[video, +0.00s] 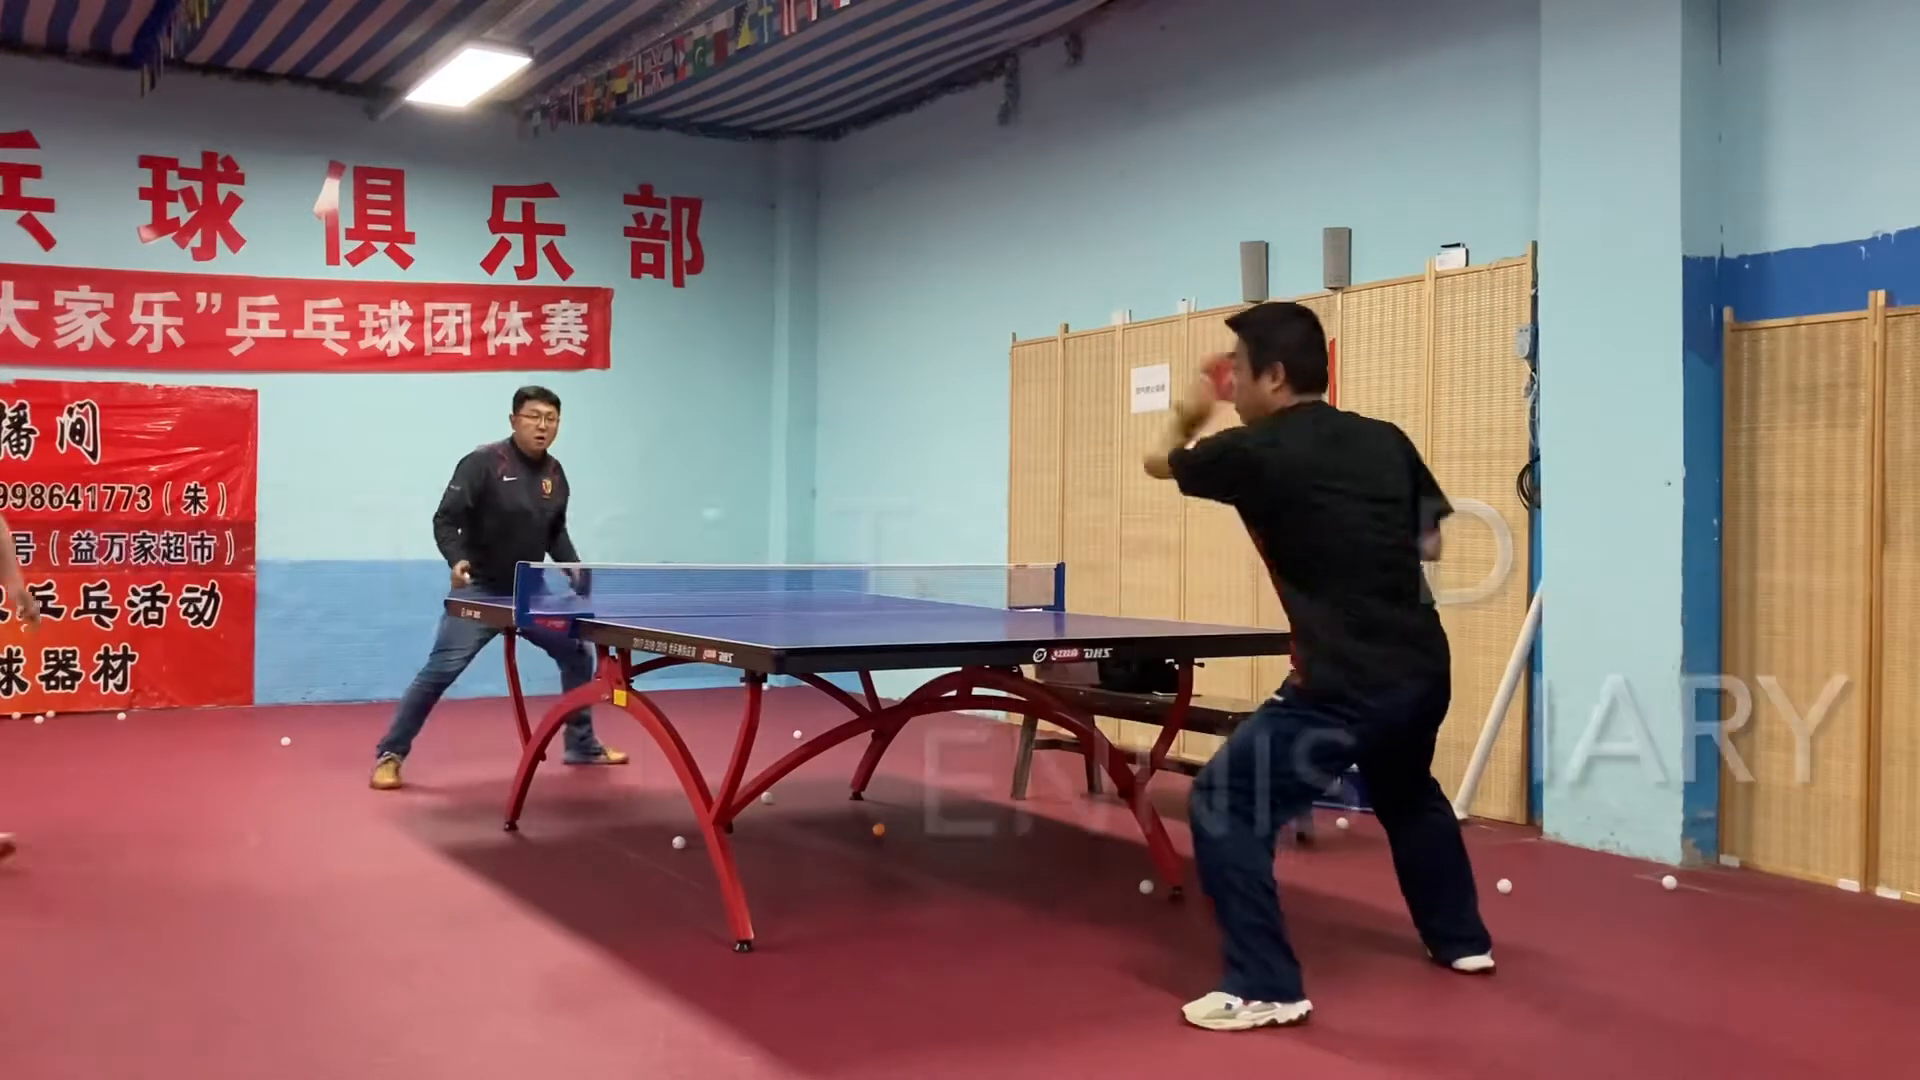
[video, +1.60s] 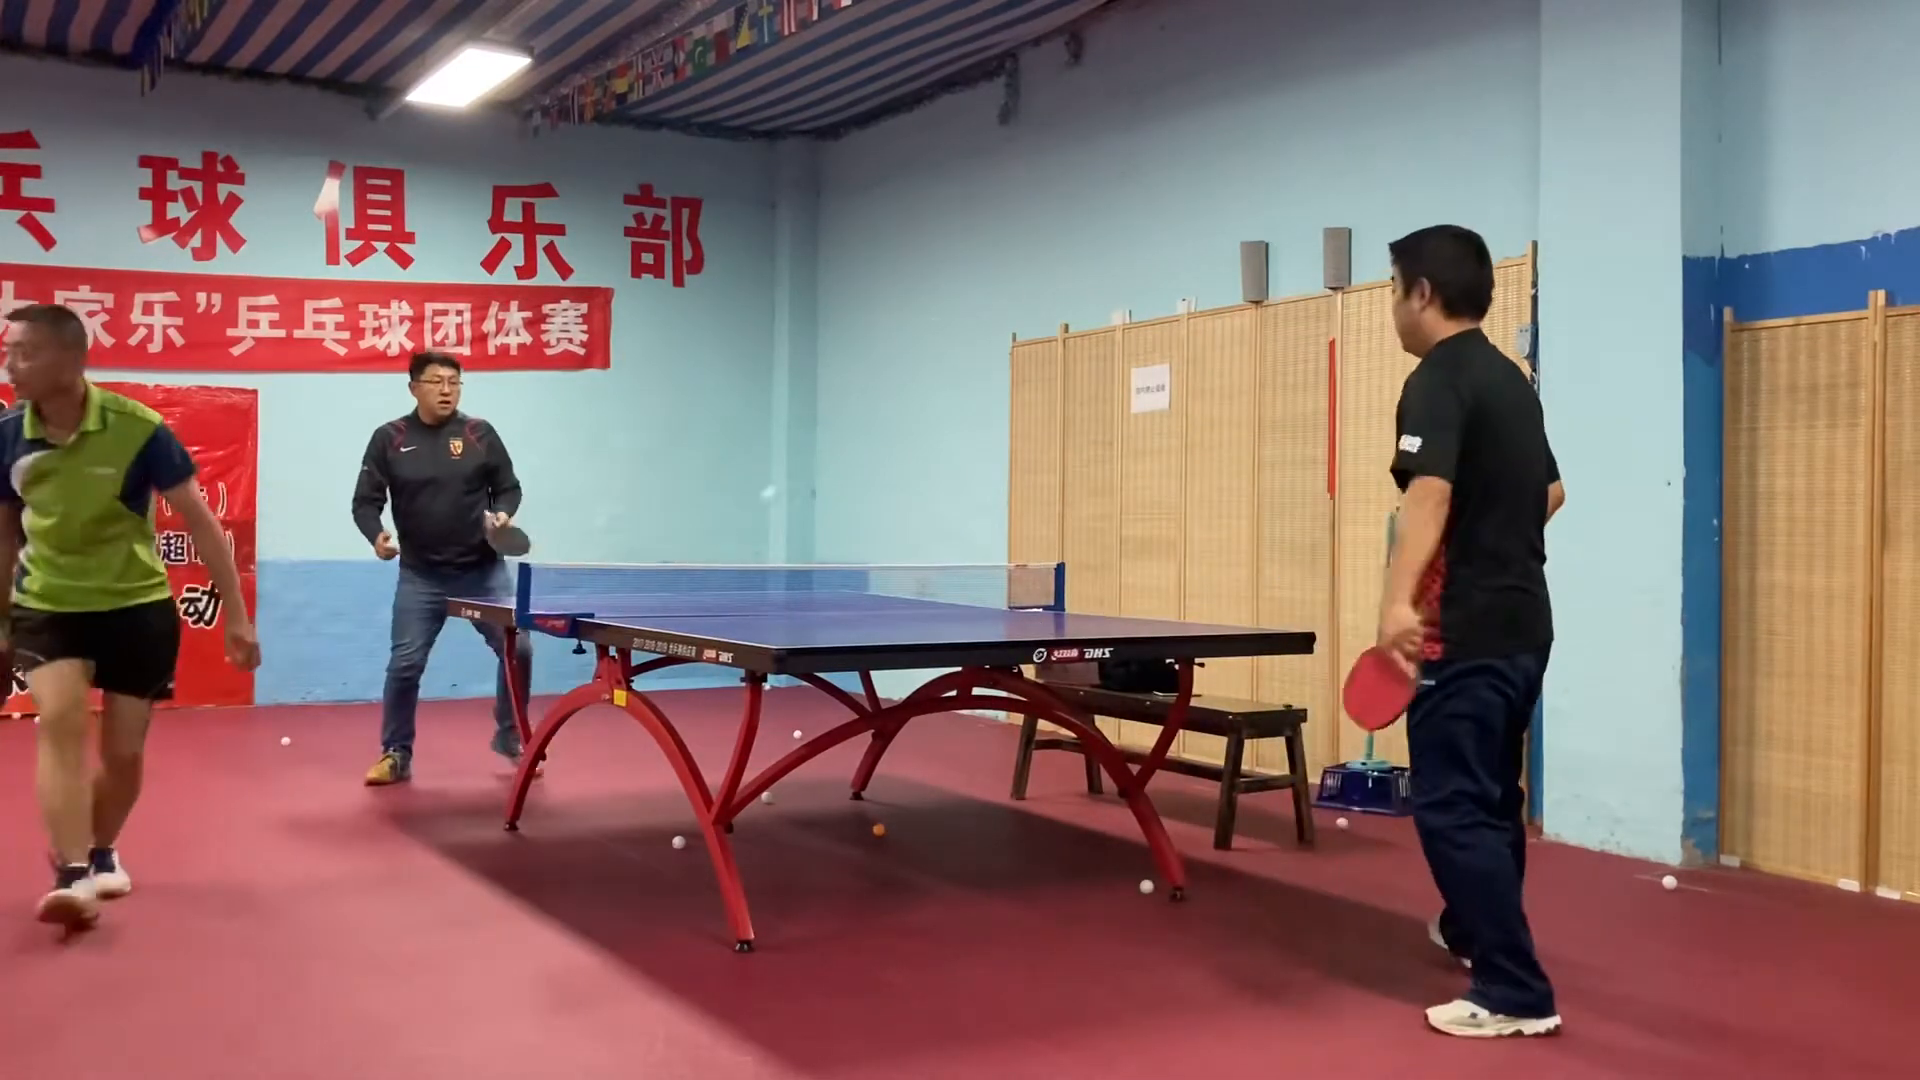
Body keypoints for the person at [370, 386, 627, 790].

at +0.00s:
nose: (543, 426)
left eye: (551, 419)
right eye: (534, 417)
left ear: (558, 427)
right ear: (514, 420)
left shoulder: (554, 473)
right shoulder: (481, 463)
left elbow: (555, 531)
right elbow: (446, 520)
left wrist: (575, 568)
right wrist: (456, 560)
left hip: (529, 591)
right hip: (479, 592)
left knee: (577, 654)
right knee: (440, 670)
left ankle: (582, 747)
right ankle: (390, 756)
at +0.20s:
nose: (549, 423)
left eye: (557, 415)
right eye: (540, 414)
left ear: (566, 420)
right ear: (523, 414)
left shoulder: (573, 464)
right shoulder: (487, 452)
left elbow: (573, 526)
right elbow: (450, 508)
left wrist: (527, 552)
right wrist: (433, 555)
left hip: (531, 573)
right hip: (478, 571)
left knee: (568, 649)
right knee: (445, 652)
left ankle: (580, 744)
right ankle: (398, 748)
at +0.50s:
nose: (495, 421)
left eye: (503, 414)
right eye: (486, 413)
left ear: (512, 418)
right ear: (468, 414)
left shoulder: (524, 460)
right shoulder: (439, 453)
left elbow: (524, 518)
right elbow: (405, 506)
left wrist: (493, 542)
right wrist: (371, 551)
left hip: (504, 578)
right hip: (450, 575)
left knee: (545, 656)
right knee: (424, 658)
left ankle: (578, 743)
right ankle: (399, 752)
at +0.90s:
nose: (507, 412)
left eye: (513, 404)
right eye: (497, 404)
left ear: (520, 409)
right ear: (475, 407)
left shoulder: (534, 456)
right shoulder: (446, 453)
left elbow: (554, 514)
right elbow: (424, 515)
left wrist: (547, 568)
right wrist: (416, 565)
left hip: (521, 579)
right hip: (465, 578)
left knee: (548, 658)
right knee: (435, 663)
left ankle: (557, 742)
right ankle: (401, 750)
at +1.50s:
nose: (454, 399)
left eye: (461, 391)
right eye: (444, 391)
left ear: (469, 397)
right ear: (423, 397)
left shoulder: (487, 443)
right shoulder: (398, 446)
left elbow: (510, 499)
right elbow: (371, 510)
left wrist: (514, 530)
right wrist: (385, 539)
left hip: (488, 577)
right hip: (426, 577)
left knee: (531, 652)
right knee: (403, 664)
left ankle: (543, 738)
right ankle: (396, 754)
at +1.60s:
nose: (446, 390)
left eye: (452, 383)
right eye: (435, 382)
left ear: (460, 388)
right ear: (414, 388)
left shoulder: (479, 433)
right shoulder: (388, 438)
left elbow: (508, 489)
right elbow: (365, 502)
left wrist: (501, 514)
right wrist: (377, 534)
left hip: (481, 571)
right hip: (420, 573)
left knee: (518, 648)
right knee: (404, 664)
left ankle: (509, 737)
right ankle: (396, 753)